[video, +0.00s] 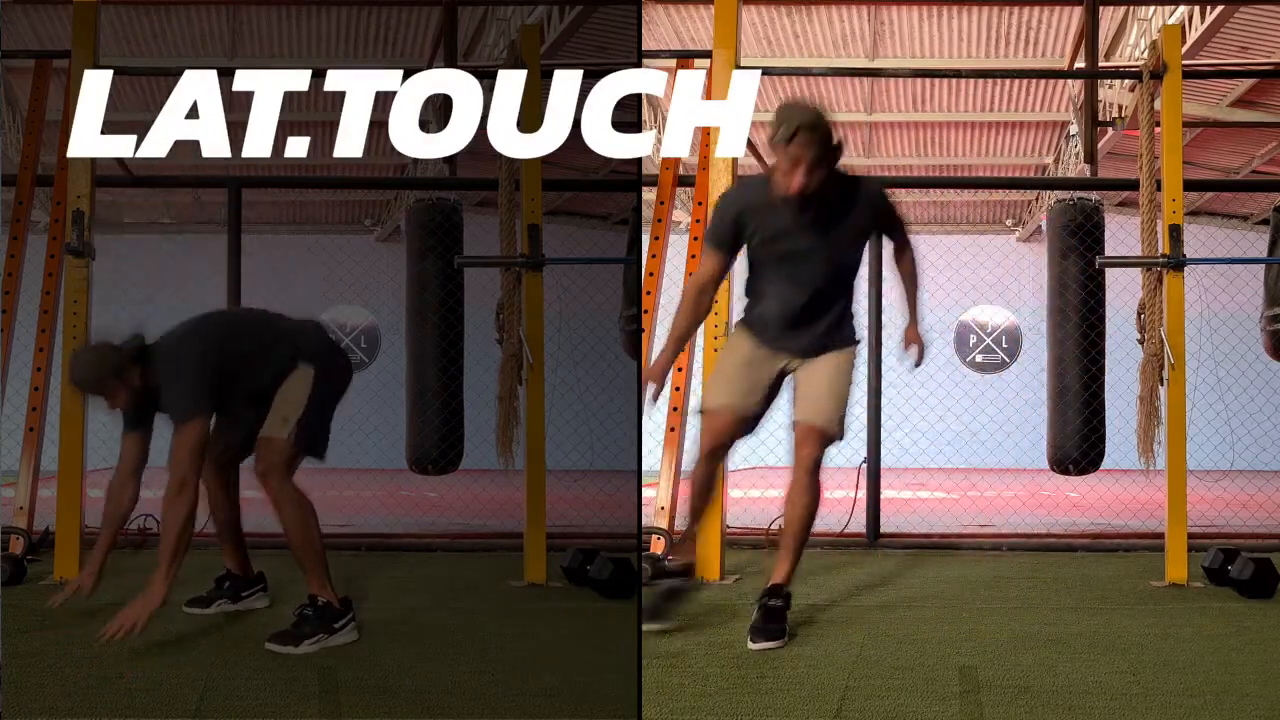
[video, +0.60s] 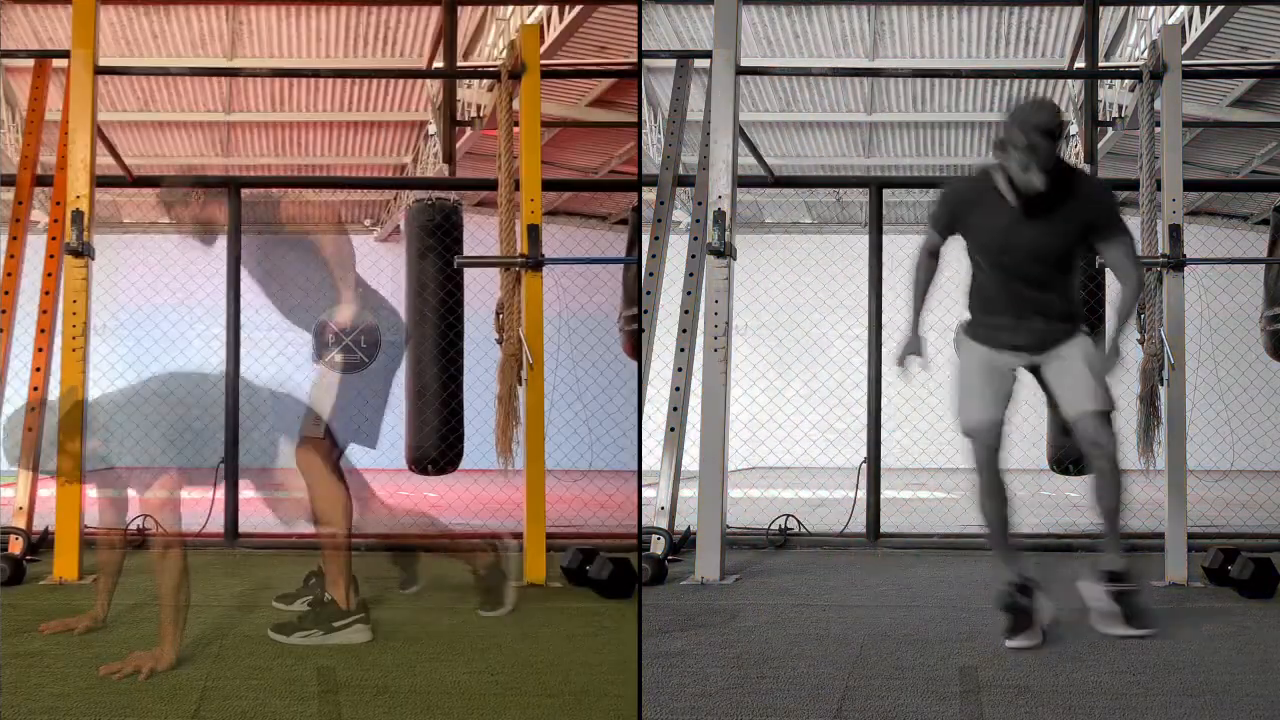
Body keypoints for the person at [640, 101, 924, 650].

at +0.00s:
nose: (800, 180)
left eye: (812, 168)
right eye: (790, 167)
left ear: (830, 159)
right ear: (771, 157)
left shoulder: (861, 200)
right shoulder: (744, 202)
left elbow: (901, 243)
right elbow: (703, 284)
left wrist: (912, 318)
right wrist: (666, 356)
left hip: (829, 343)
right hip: (759, 334)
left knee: (808, 453)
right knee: (713, 438)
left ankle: (777, 592)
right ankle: (683, 553)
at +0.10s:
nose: (840, 145)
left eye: (852, 132)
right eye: (829, 131)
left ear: (869, 126)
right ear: (809, 122)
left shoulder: (895, 174)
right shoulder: (777, 173)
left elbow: (933, 222)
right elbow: (731, 251)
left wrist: (948, 293)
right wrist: (699, 328)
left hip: (862, 323)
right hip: (792, 320)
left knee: (855, 433)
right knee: (763, 433)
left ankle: (833, 567)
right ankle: (764, 566)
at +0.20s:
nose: (880, 142)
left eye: (891, 130)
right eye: (868, 129)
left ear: (905, 125)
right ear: (846, 121)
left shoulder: (926, 177)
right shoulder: (813, 176)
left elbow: (966, 236)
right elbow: (762, 243)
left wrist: (985, 302)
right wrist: (739, 327)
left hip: (893, 336)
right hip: (820, 338)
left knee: (917, 441)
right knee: (804, 458)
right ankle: (798, 591)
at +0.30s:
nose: (920, 138)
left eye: (929, 127)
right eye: (908, 127)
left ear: (940, 125)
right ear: (885, 122)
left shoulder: (965, 187)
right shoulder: (852, 183)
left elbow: (997, 255)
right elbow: (809, 253)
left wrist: (1016, 314)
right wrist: (778, 331)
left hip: (935, 352)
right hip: (860, 350)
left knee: (982, 466)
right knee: (826, 467)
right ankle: (800, 592)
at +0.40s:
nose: (961, 129)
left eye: (971, 117)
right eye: (949, 117)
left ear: (984, 117)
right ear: (926, 114)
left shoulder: (1010, 177)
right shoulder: (895, 184)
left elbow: (1049, 245)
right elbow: (866, 251)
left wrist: (1040, 298)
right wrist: (826, 316)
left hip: (988, 350)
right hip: (915, 349)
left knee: (1020, 471)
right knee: (873, 458)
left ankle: (1038, 592)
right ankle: (829, 582)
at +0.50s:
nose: (1000, 142)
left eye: (1009, 129)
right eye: (987, 129)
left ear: (1020, 121)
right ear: (962, 119)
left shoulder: (1047, 168)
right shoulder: (932, 174)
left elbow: (1088, 239)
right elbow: (902, 245)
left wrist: (1069, 299)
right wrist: (873, 314)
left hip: (1029, 332)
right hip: (955, 331)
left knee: (1062, 442)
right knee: (929, 439)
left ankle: (1054, 581)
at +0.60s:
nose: (1038, 175)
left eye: (1045, 164)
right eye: (1027, 164)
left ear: (1058, 153)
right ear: (1002, 148)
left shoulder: (1085, 195)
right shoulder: (966, 195)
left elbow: (1132, 277)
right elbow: (930, 251)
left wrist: (1109, 346)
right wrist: (914, 327)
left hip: (1063, 339)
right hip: (988, 340)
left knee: (1098, 438)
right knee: (984, 454)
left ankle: (1114, 571)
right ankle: (1016, 585)